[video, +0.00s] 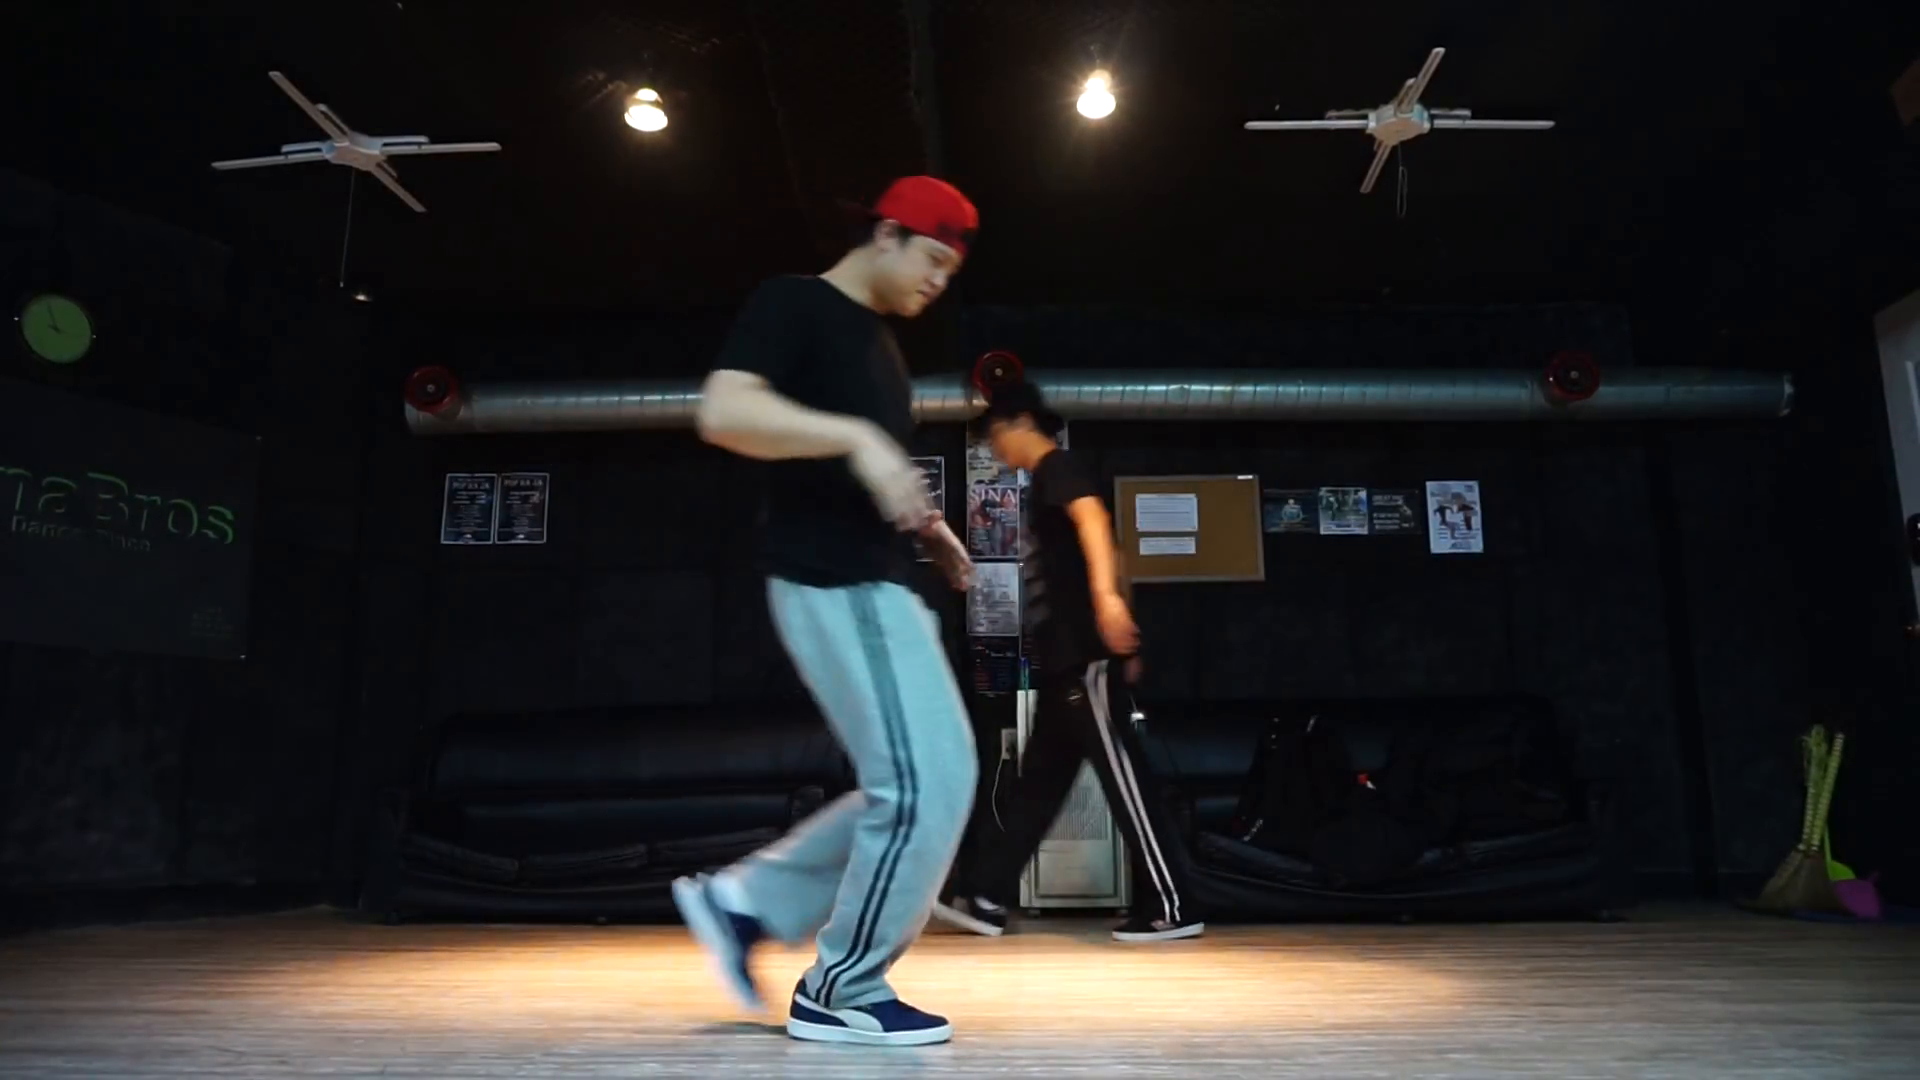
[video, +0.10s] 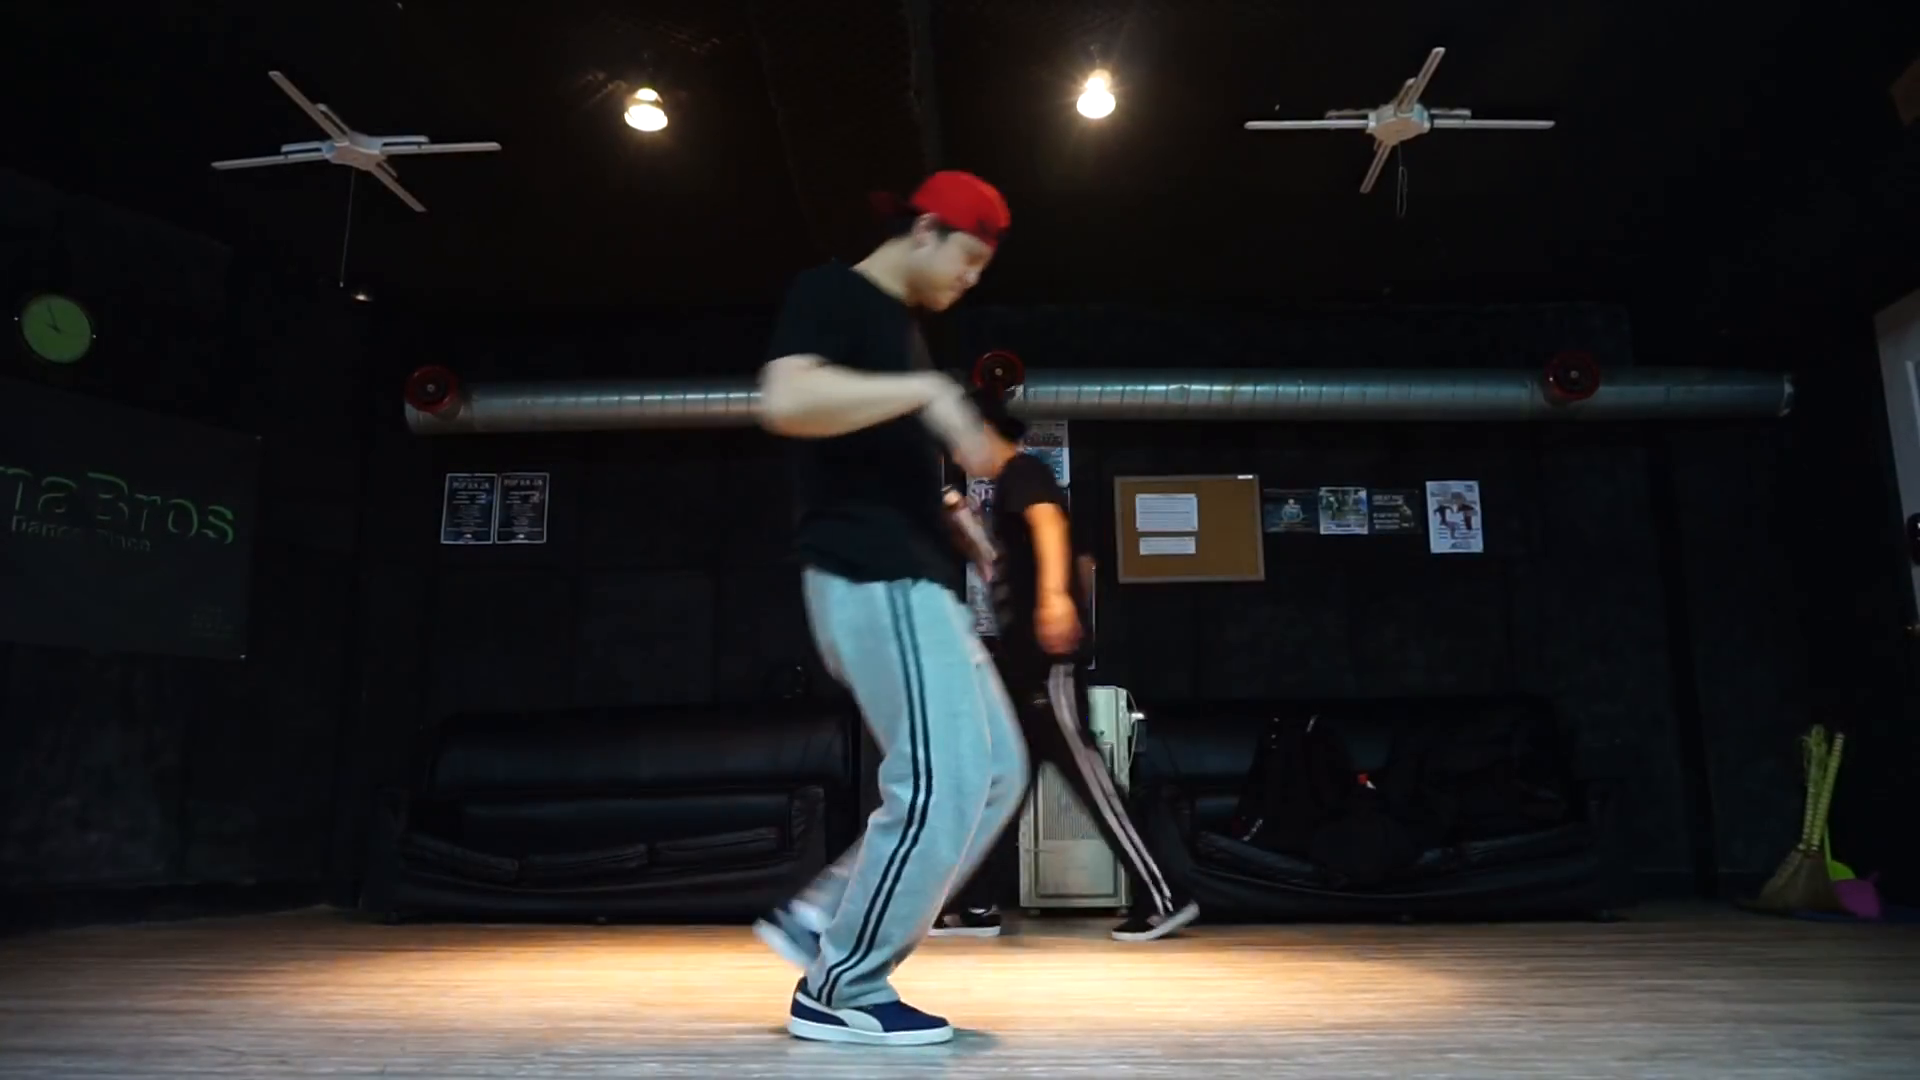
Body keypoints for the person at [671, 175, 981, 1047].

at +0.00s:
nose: (938, 280)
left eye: (948, 268)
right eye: (930, 258)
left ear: (939, 269)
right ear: (884, 234)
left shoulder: (875, 341)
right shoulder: (795, 305)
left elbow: (871, 461)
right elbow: (723, 410)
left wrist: (925, 524)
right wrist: (858, 436)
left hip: (875, 585)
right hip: (834, 587)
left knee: (914, 787)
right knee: (927, 782)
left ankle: (740, 901)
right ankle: (843, 989)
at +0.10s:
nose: (971, 282)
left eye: (979, 268)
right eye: (969, 261)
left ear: (941, 247)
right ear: (926, 232)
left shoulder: (899, 329)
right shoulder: (832, 294)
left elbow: (898, 463)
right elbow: (783, 398)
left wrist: (954, 517)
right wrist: (922, 393)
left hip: (914, 579)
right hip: (870, 580)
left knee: (998, 773)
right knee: (939, 782)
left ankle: (824, 919)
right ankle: (843, 992)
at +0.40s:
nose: (1077, 264)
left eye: (1079, 248)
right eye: (1076, 242)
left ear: (1013, 215)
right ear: (1053, 220)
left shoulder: (963, 279)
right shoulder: (997, 260)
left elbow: (902, 430)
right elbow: (1012, 359)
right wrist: (1122, 374)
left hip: (981, 556)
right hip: (974, 556)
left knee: (1066, 754)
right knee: (944, 765)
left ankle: (1109, 968)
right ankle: (844, 980)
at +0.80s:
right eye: (1151, 279)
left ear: (1076, 286)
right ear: (1147, 280)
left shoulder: (1031, 351)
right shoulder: (1163, 310)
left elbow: (1006, 485)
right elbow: (1203, 410)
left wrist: (1077, 467)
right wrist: (1192, 493)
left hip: (1055, 582)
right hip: (1142, 565)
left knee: (1129, 777)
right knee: (1233, 749)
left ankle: (1112, 972)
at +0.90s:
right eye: (1168, 263)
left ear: (1097, 278)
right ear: (1168, 268)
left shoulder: (1055, 340)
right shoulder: (1187, 297)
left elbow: (1028, 470)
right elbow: (1236, 387)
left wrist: (1104, 462)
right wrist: (1217, 469)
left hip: (1080, 564)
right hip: (1173, 546)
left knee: (1121, 767)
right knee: (1242, 750)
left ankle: (1114, 967)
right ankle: (1276, 952)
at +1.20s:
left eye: (1179, 302)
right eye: (1228, 303)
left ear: (1166, 310)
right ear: (1238, 305)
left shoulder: (1125, 370)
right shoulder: (1265, 348)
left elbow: (1078, 484)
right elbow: (1336, 428)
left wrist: (1140, 528)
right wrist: (1280, 483)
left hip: (1154, 588)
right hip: (1247, 579)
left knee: (1163, 779)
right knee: (1279, 781)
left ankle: (1143, 928)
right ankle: (1286, 953)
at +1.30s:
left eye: (1188, 321)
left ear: (1179, 328)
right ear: (1249, 324)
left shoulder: (1137, 383)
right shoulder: (1283, 368)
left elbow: (1087, 489)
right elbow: (1353, 459)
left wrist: (1137, 543)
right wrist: (1287, 485)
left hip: (1177, 605)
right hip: (1267, 598)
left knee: (1183, 770)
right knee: (1290, 785)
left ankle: (1173, 879)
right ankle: (1287, 949)